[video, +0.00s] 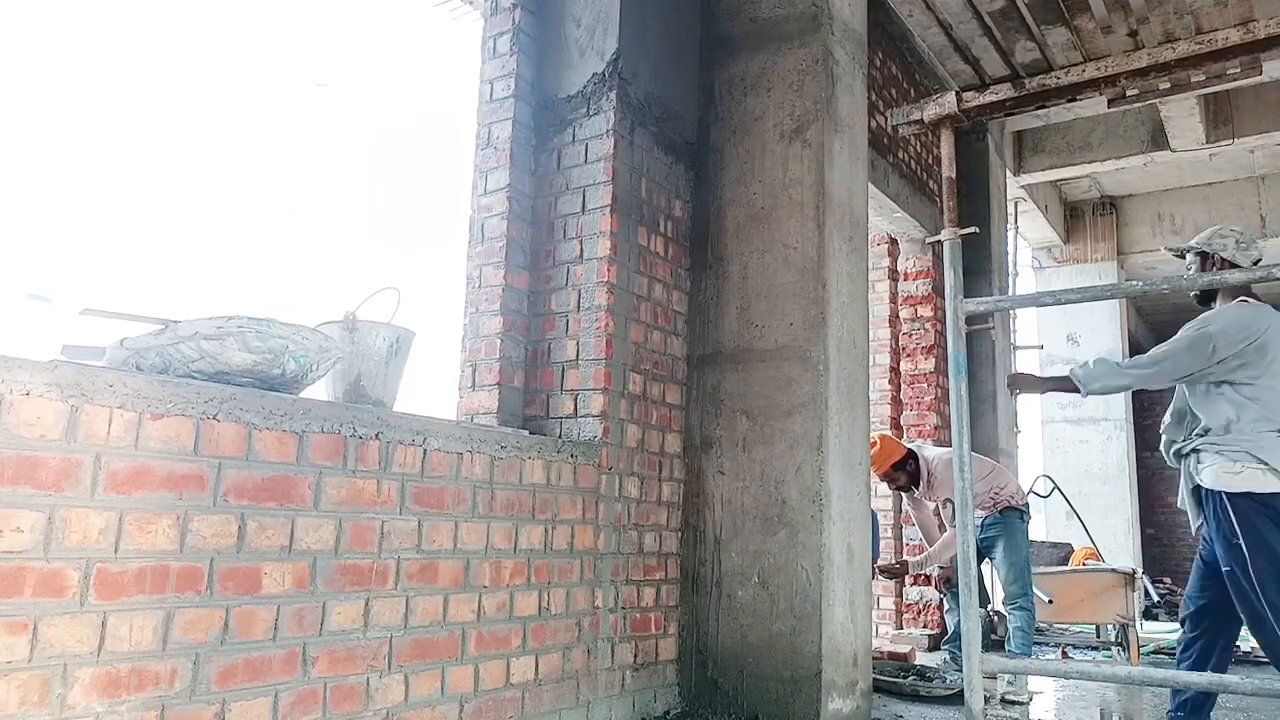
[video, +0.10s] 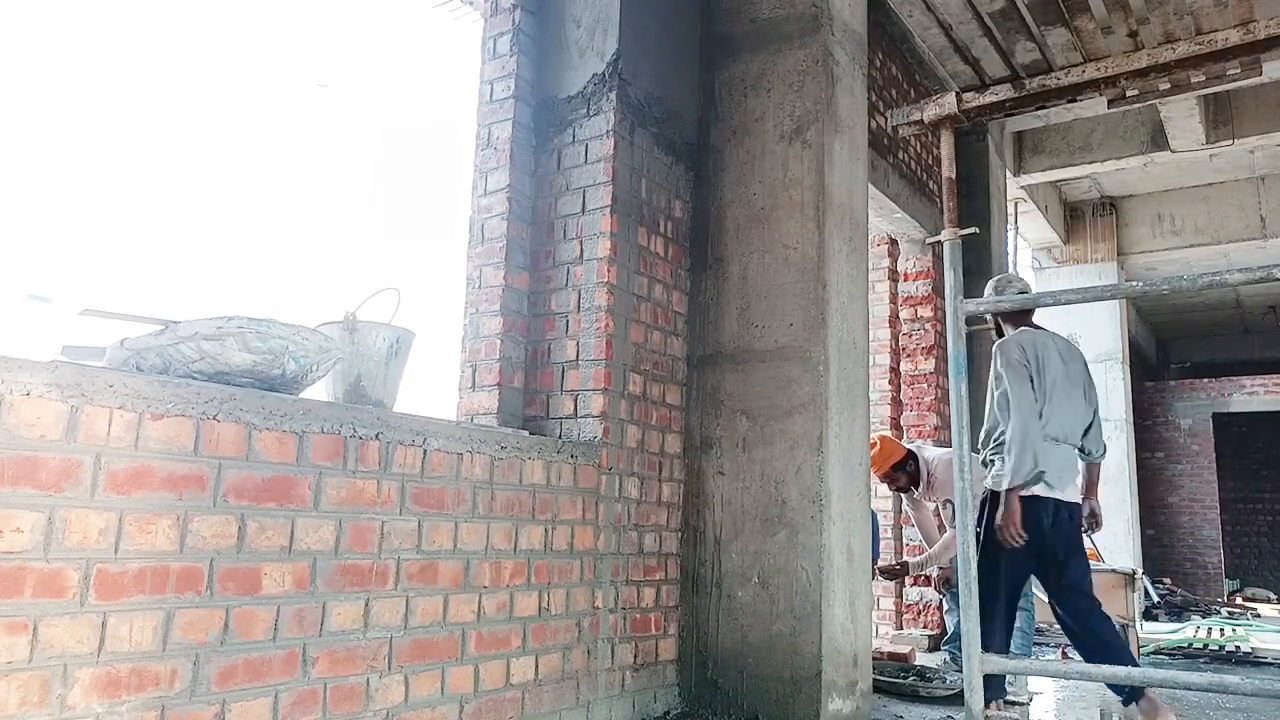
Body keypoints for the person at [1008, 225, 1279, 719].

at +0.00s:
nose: (1192, 273)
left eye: (1198, 265)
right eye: (1195, 265)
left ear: (1218, 266)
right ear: (1238, 268)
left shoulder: (1236, 321)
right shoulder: (1250, 322)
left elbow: (1147, 367)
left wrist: (1045, 383)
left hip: (1244, 490)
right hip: (1237, 493)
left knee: (1271, 625)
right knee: (1207, 623)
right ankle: (1186, 711)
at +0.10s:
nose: (991, 326)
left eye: (989, 318)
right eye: (990, 318)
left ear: (997, 314)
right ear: (1032, 309)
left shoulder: (1009, 347)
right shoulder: (1071, 351)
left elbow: (1021, 420)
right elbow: (1094, 429)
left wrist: (1011, 495)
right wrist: (1091, 493)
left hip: (1016, 497)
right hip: (1065, 501)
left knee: (992, 606)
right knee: (1080, 608)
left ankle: (989, 704)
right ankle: (1146, 701)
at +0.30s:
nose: (973, 328)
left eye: (971, 321)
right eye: (969, 322)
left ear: (927, 324)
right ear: (958, 325)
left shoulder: (898, 367)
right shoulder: (963, 360)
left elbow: (894, 435)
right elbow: (997, 427)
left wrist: (909, 475)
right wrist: (1044, 467)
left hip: (917, 498)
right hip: (968, 496)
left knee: (916, 591)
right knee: (984, 594)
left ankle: (907, 692)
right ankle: (986, 695)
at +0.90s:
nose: (970, 328)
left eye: (968, 320)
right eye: (964, 321)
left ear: (923, 324)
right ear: (949, 324)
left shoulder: (898, 368)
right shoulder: (945, 357)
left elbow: (899, 436)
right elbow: (978, 412)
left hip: (918, 493)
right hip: (958, 493)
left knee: (914, 590)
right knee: (964, 592)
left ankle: (906, 691)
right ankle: (962, 697)